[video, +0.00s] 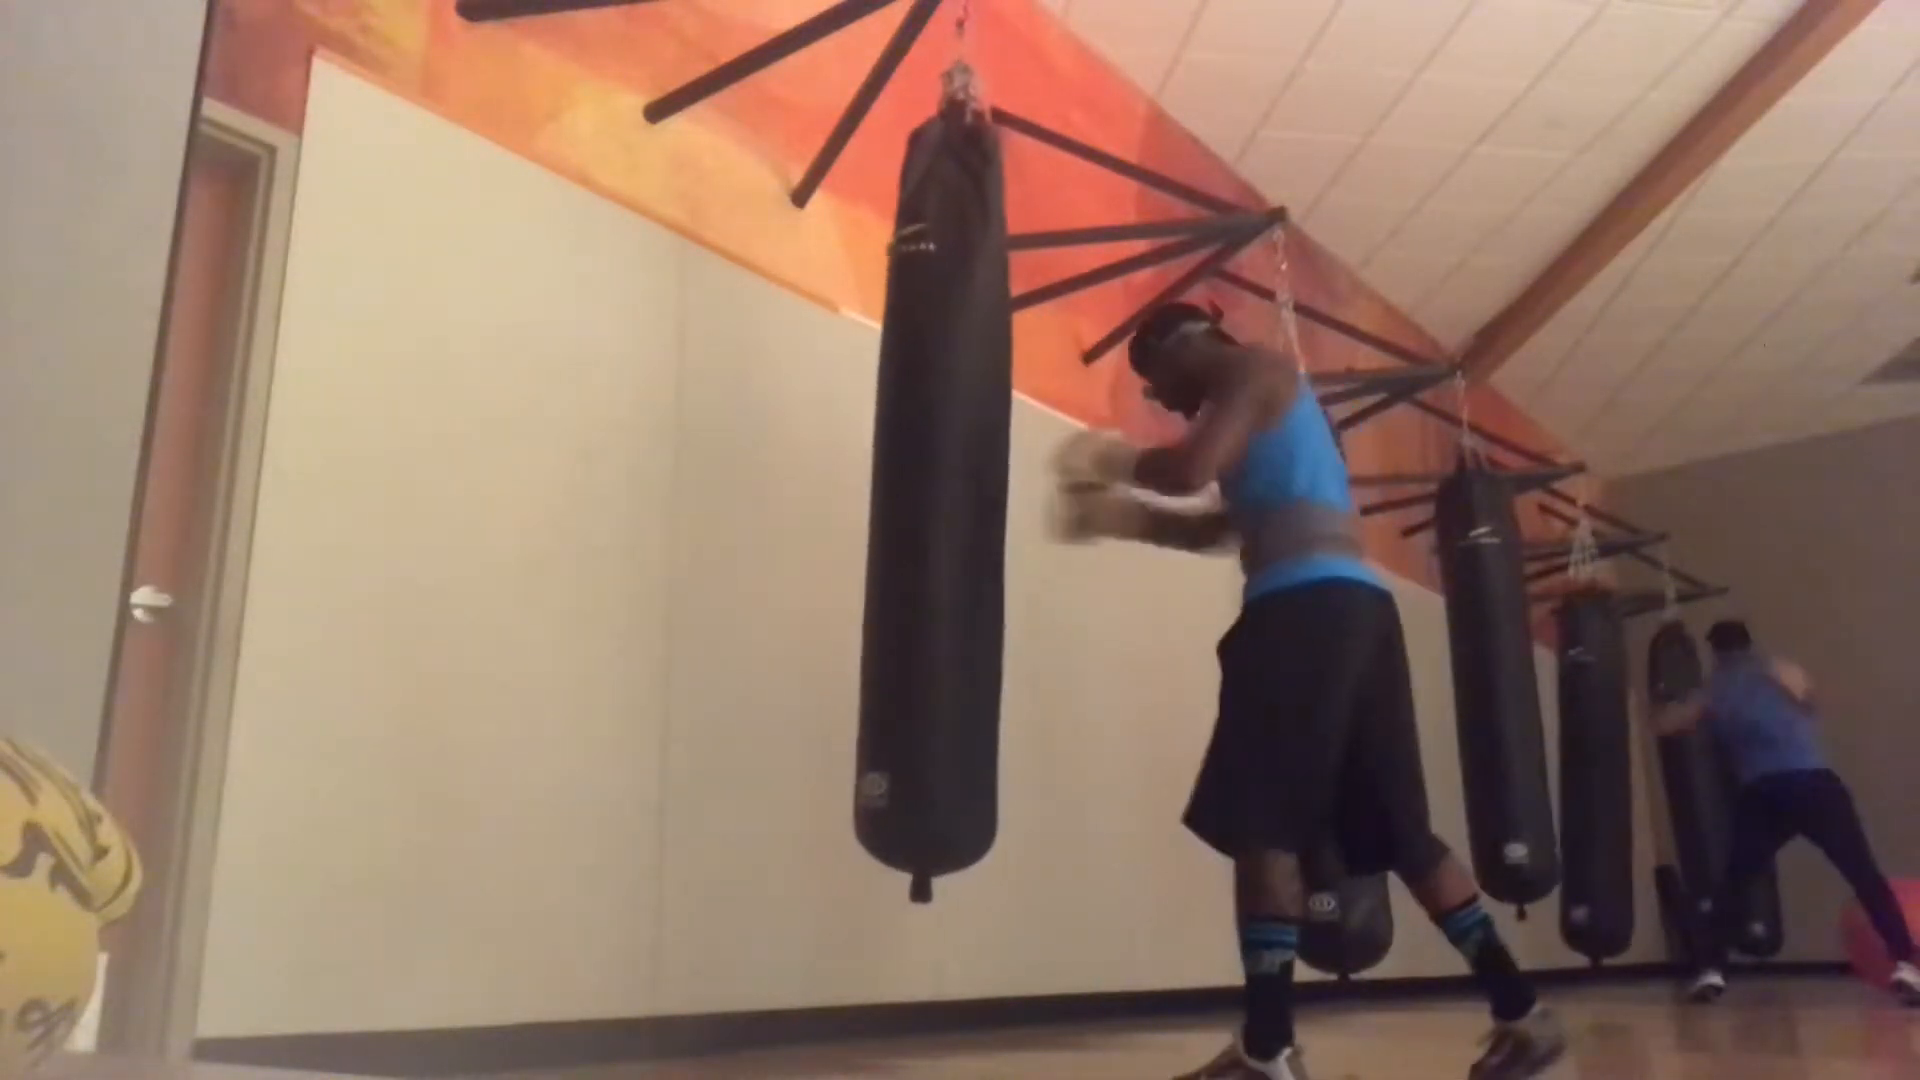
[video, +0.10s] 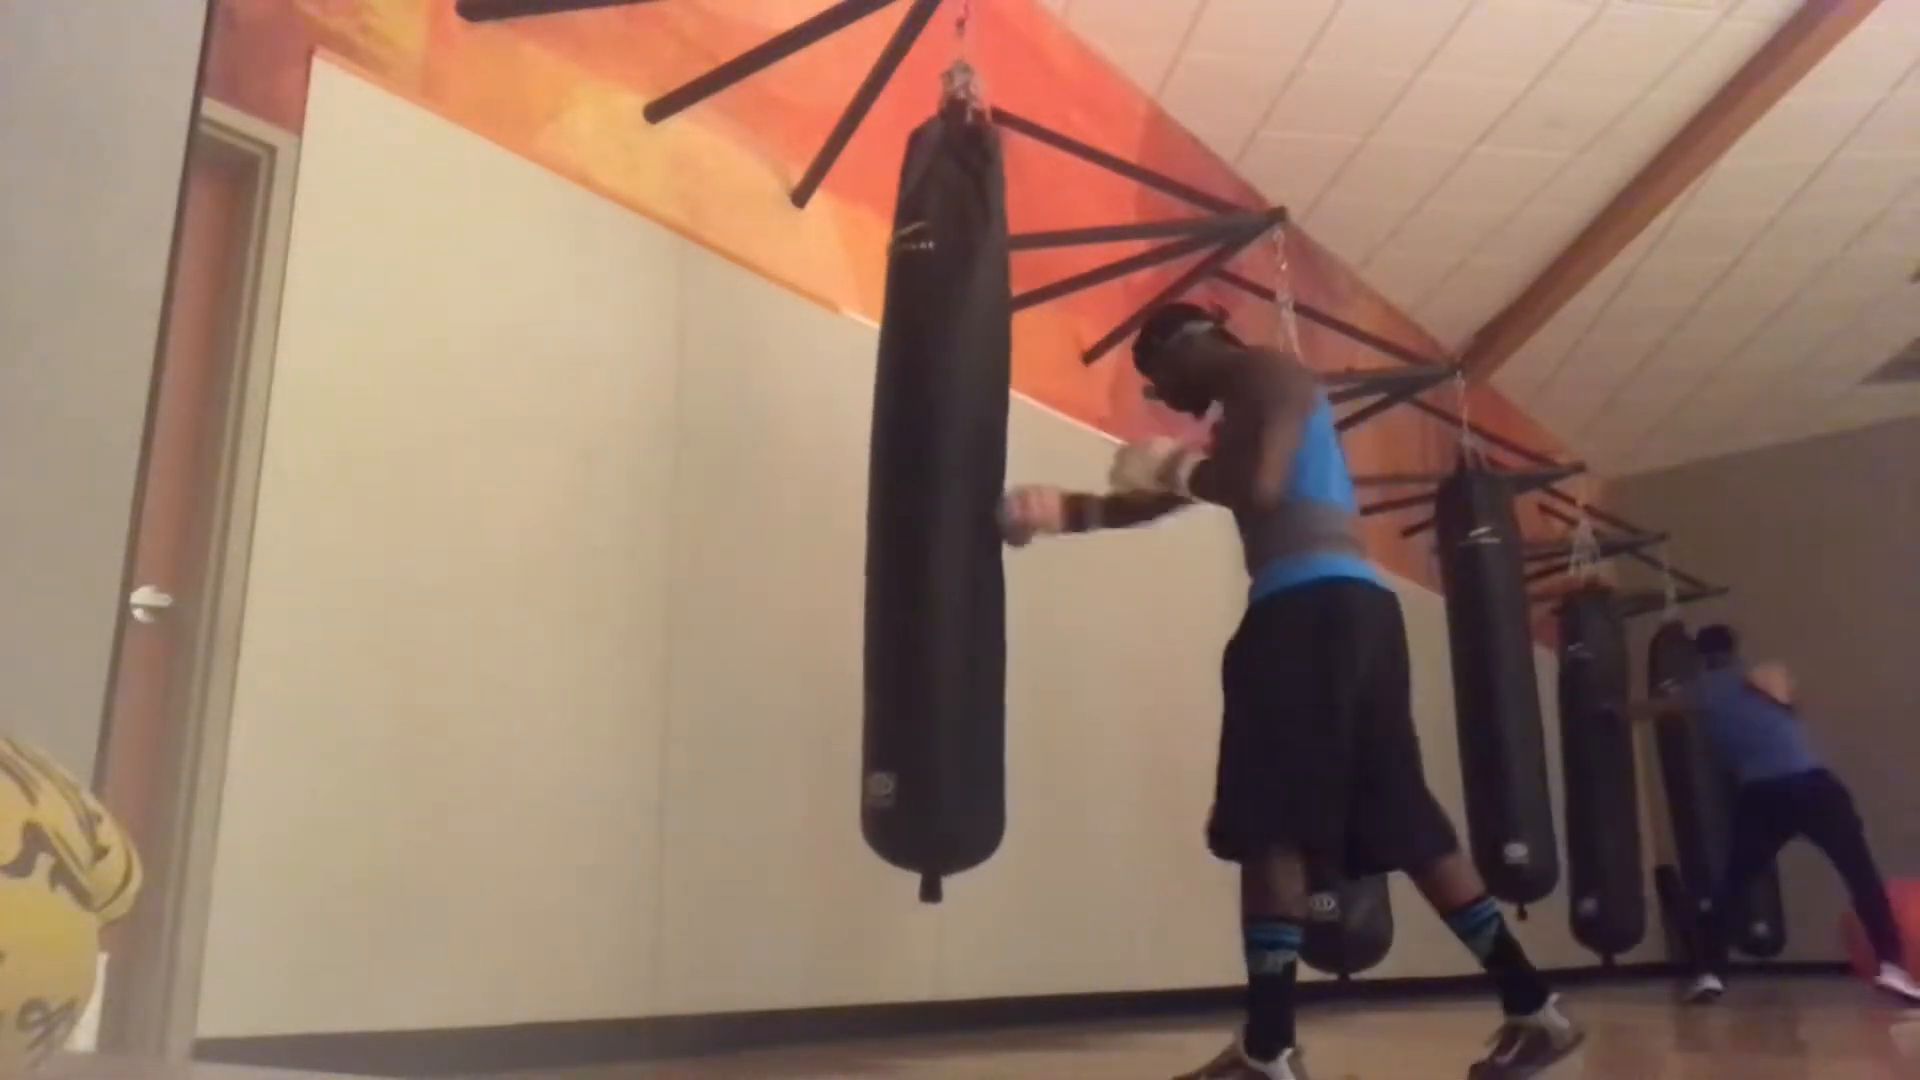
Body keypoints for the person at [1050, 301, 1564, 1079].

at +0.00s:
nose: (1166, 400)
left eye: (1161, 380)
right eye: (1157, 390)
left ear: (1190, 336)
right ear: (1208, 332)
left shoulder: (1256, 367)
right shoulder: (1280, 407)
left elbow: (1188, 465)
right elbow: (1218, 531)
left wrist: (1115, 457)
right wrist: (1122, 515)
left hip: (1299, 618)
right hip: (1362, 616)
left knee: (1262, 827)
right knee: (1398, 826)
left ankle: (1266, 1046)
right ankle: (1521, 1012)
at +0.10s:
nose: (1165, 395)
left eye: (1160, 376)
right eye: (1157, 385)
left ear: (1191, 338)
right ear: (1206, 335)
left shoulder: (1265, 369)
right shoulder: (1248, 411)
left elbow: (1257, 482)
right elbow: (1164, 495)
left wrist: (1183, 471)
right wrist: (1062, 509)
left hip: (1303, 618)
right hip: (1358, 616)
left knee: (1268, 828)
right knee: (1400, 813)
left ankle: (1268, 1048)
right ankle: (1532, 1006)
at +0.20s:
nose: (1187, 398)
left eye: (1179, 377)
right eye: (1177, 391)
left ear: (1207, 333)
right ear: (1229, 331)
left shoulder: (1273, 371)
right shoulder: (1283, 401)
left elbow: (1258, 485)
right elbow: (1213, 518)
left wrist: (1198, 475)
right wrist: (1120, 525)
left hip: (1313, 622)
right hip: (1362, 620)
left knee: (1269, 832)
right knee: (1406, 818)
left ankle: (1266, 1047)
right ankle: (1532, 1012)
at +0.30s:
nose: (1201, 406)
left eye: (1193, 383)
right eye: (1189, 396)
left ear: (1219, 339)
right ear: (1243, 335)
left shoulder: (1279, 374)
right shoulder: (1313, 402)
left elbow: (1264, 485)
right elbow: (1277, 537)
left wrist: (1189, 470)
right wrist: (1176, 521)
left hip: (1325, 624)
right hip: (1382, 622)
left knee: (1264, 826)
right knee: (1416, 824)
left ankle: (1264, 1042)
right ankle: (1539, 1021)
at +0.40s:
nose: (1204, 413)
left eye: (1200, 390)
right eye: (1194, 399)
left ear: (1233, 352)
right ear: (1254, 347)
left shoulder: (1295, 389)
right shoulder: (1328, 410)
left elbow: (1280, 505)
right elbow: (1263, 539)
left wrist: (1209, 489)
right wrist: (1179, 509)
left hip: (1333, 636)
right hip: (1410, 636)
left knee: (1239, 819)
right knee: (1442, 839)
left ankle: (1264, 1031)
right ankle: (1548, 1030)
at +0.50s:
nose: (1206, 411)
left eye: (1202, 394)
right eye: (1199, 402)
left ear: (1225, 361)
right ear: (1258, 347)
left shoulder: (1274, 393)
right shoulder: (1339, 409)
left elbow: (1229, 471)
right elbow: (1284, 529)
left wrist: (1137, 467)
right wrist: (1187, 496)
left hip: (1321, 630)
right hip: (1409, 627)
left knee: (1250, 815)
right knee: (1449, 825)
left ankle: (1298, 1028)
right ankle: (1546, 1026)